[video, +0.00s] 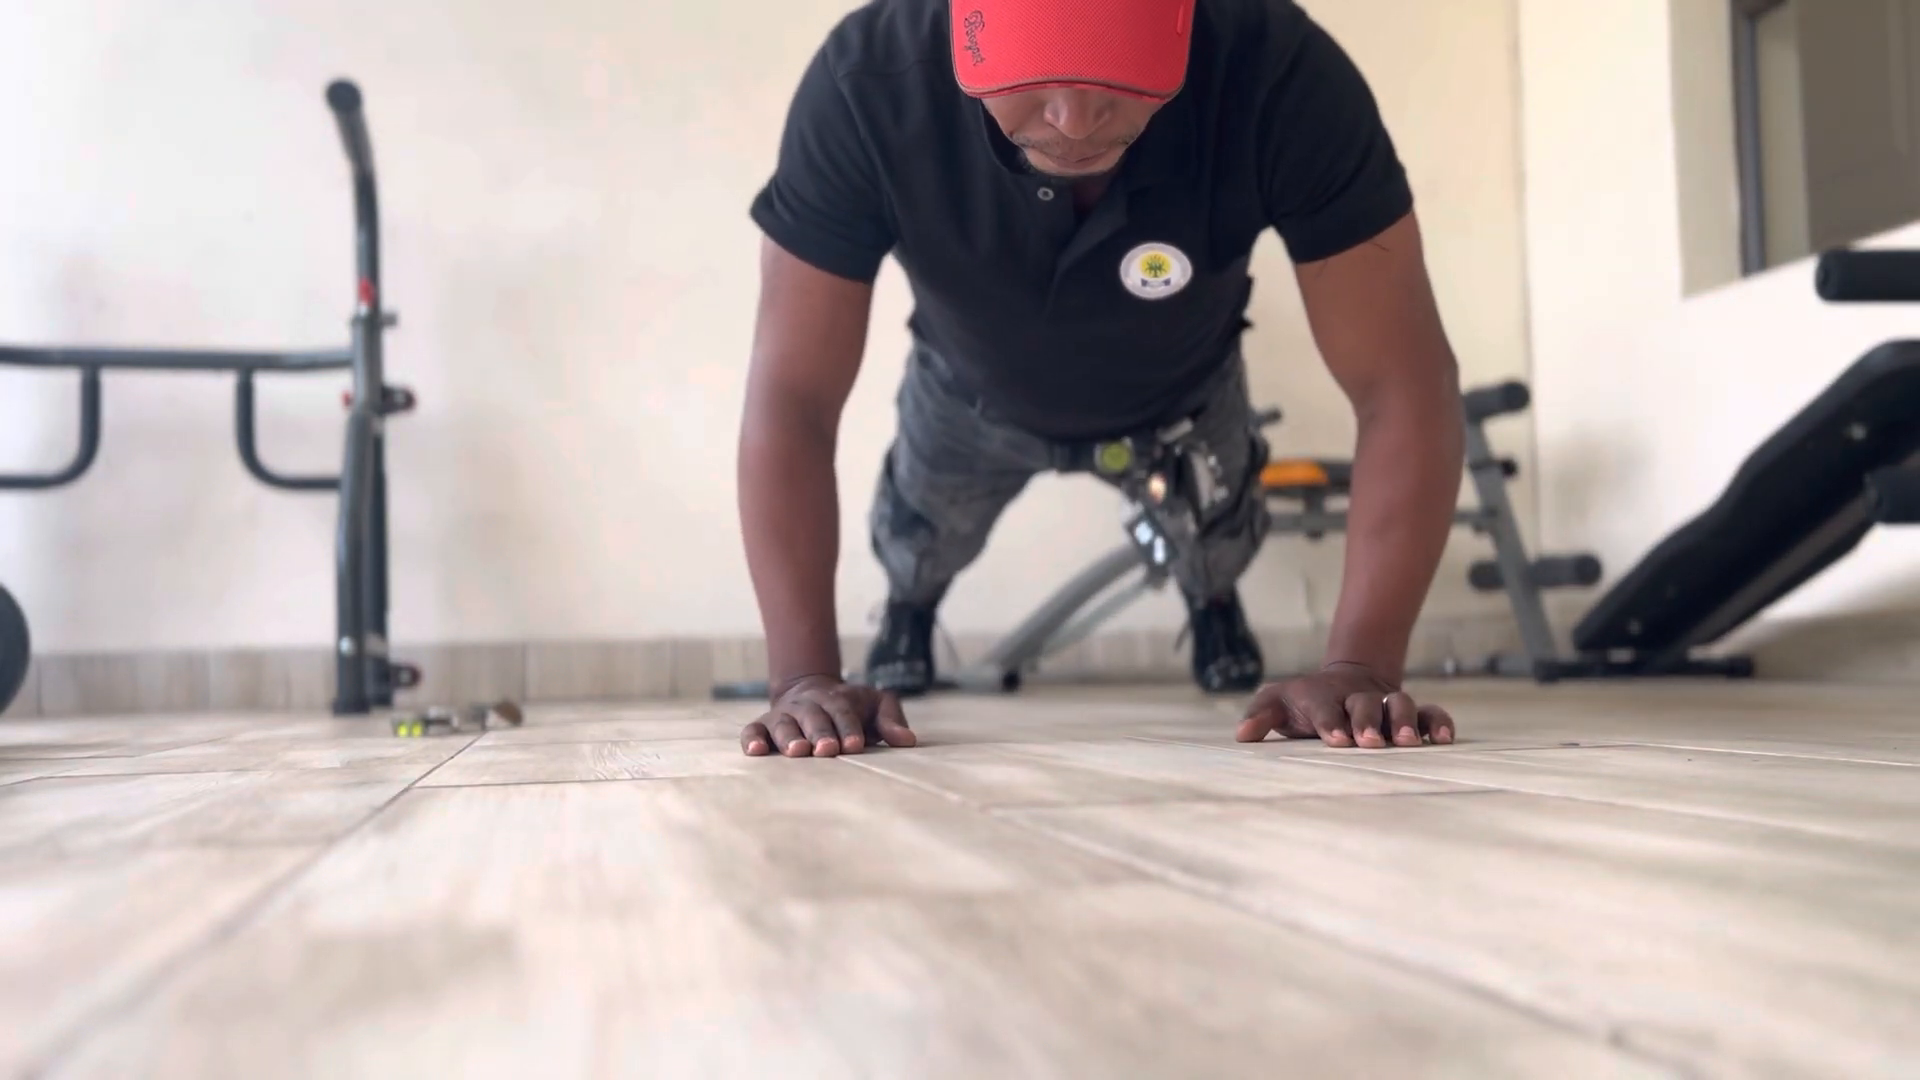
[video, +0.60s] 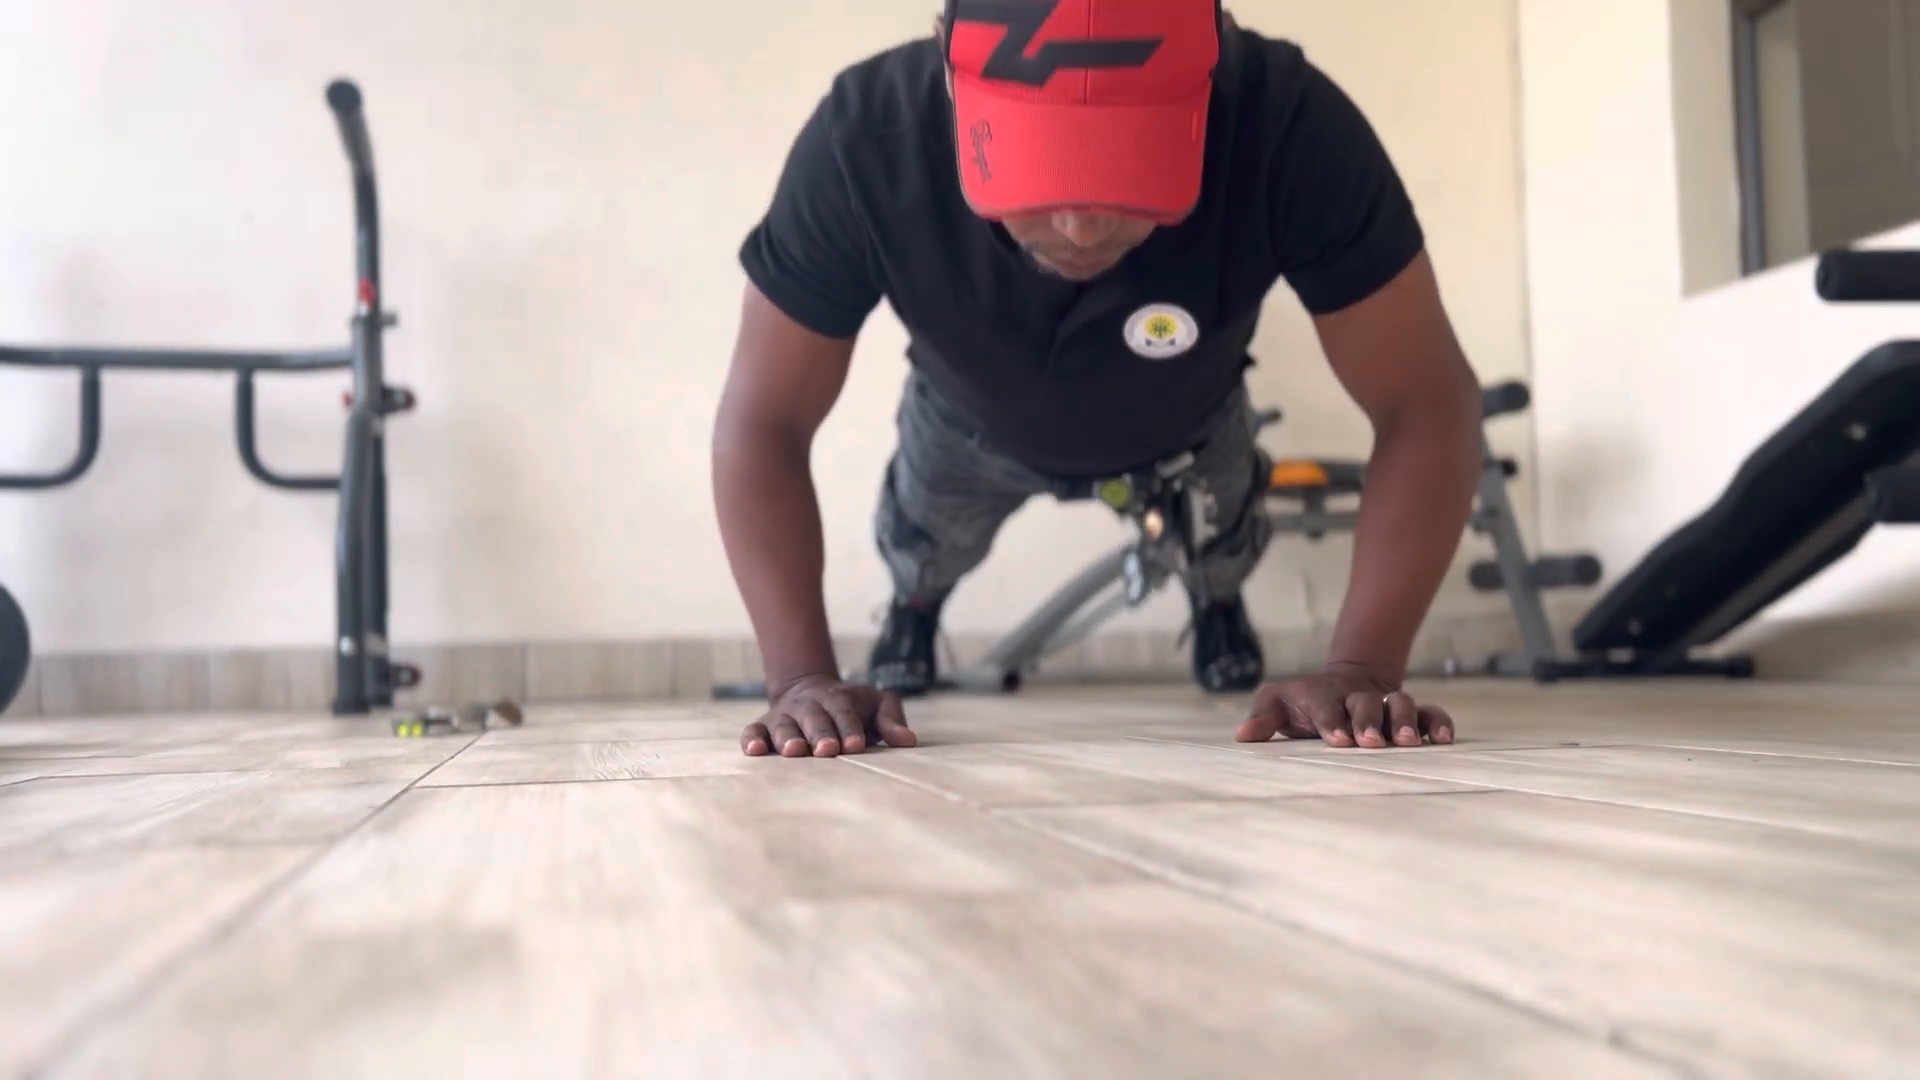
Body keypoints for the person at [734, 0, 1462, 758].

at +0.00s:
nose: (1070, 123)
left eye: (1112, 85)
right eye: (1029, 83)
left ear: (1175, 44)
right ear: (966, 42)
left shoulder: (1279, 77)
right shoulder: (868, 86)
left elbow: (1407, 387)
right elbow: (789, 401)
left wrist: (1360, 668)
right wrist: (801, 681)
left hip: (1180, 397)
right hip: (975, 394)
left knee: (1214, 526)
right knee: (928, 530)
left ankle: (1217, 610)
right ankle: (912, 615)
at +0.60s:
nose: (1080, 228)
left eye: (1122, 187)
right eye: (1039, 187)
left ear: (1189, 110)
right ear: (963, 104)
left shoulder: (1284, 124)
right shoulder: (868, 138)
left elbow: (1430, 405)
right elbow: (761, 425)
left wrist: (1361, 668)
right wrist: (794, 679)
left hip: (1186, 418)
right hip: (974, 424)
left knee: (1221, 535)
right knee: (929, 542)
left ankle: (1219, 613)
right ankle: (917, 621)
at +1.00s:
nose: (1092, 664)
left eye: (1140, 627)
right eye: (1052, 628)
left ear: (1231, 464)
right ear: (957, 470)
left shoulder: (1309, 416)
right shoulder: (868, 429)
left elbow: (1459, 443)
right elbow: (707, 461)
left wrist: (1360, 671)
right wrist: (795, 678)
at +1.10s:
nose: (1091, 661)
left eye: (1139, 626)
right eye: (1054, 629)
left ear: (1233, 468)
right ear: (957, 466)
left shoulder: (1308, 413)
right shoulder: (868, 427)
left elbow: (1455, 443)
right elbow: (705, 457)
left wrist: (1358, 672)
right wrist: (796, 680)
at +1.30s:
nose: (1074, 436)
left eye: (1120, 402)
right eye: (1033, 400)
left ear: (1210, 284)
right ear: (953, 287)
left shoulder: (1303, 274)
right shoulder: (867, 283)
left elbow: (1436, 440)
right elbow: (724, 454)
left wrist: (1356, 668)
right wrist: (796, 679)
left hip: (1187, 508)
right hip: (976, 515)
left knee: (1225, 560)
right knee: (929, 573)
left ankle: (1212, 586)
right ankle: (914, 607)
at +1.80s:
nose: (1076, 146)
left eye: (1117, 114)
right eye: (1033, 116)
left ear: (1183, 44)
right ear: (956, 41)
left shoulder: (1281, 56)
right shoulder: (862, 66)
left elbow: (1378, 382)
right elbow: (790, 393)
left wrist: (1347, 668)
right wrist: (804, 678)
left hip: (1184, 404)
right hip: (971, 407)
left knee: (1218, 532)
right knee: (930, 535)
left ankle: (1219, 607)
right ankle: (919, 615)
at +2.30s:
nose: (1100, 670)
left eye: (1145, 620)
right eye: (1045, 631)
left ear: (1226, 482)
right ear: (953, 476)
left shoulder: (1305, 439)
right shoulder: (866, 439)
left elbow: (1453, 444)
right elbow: (709, 459)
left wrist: (1353, 673)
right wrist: (800, 679)